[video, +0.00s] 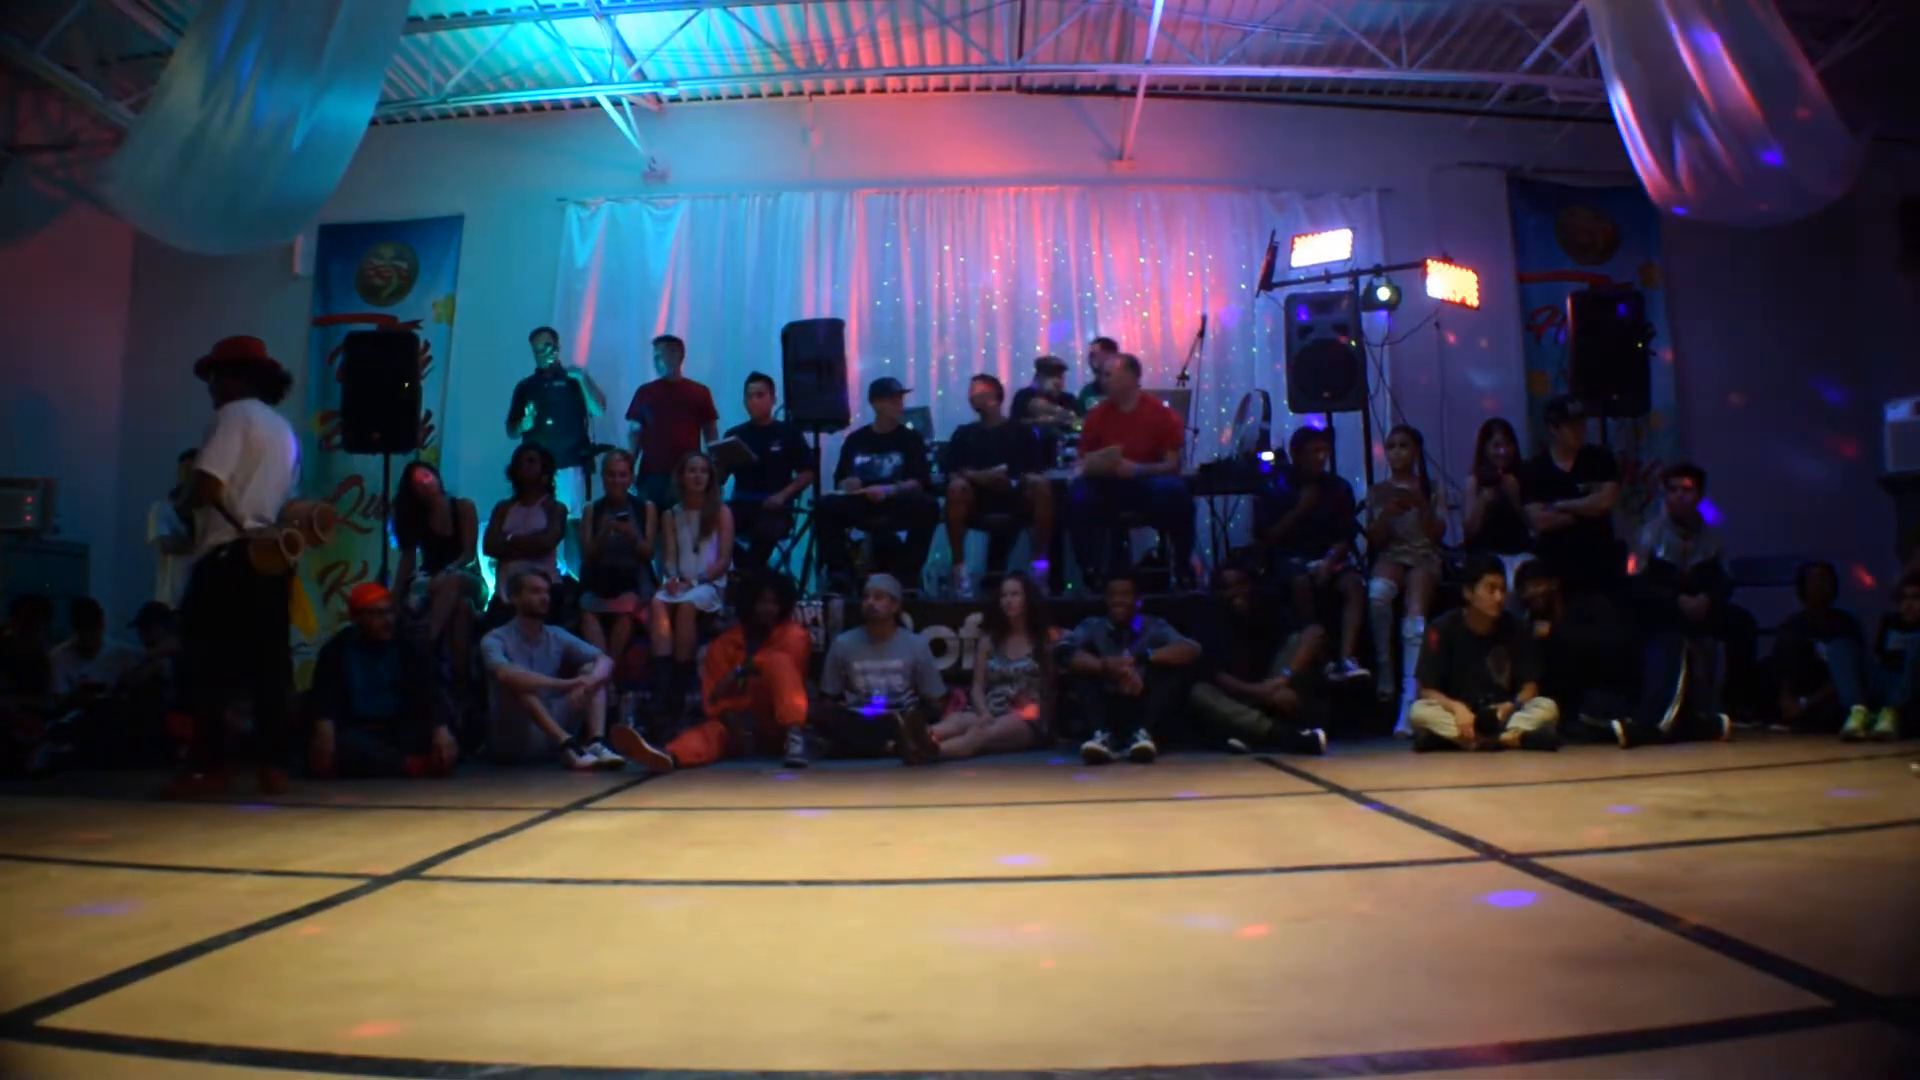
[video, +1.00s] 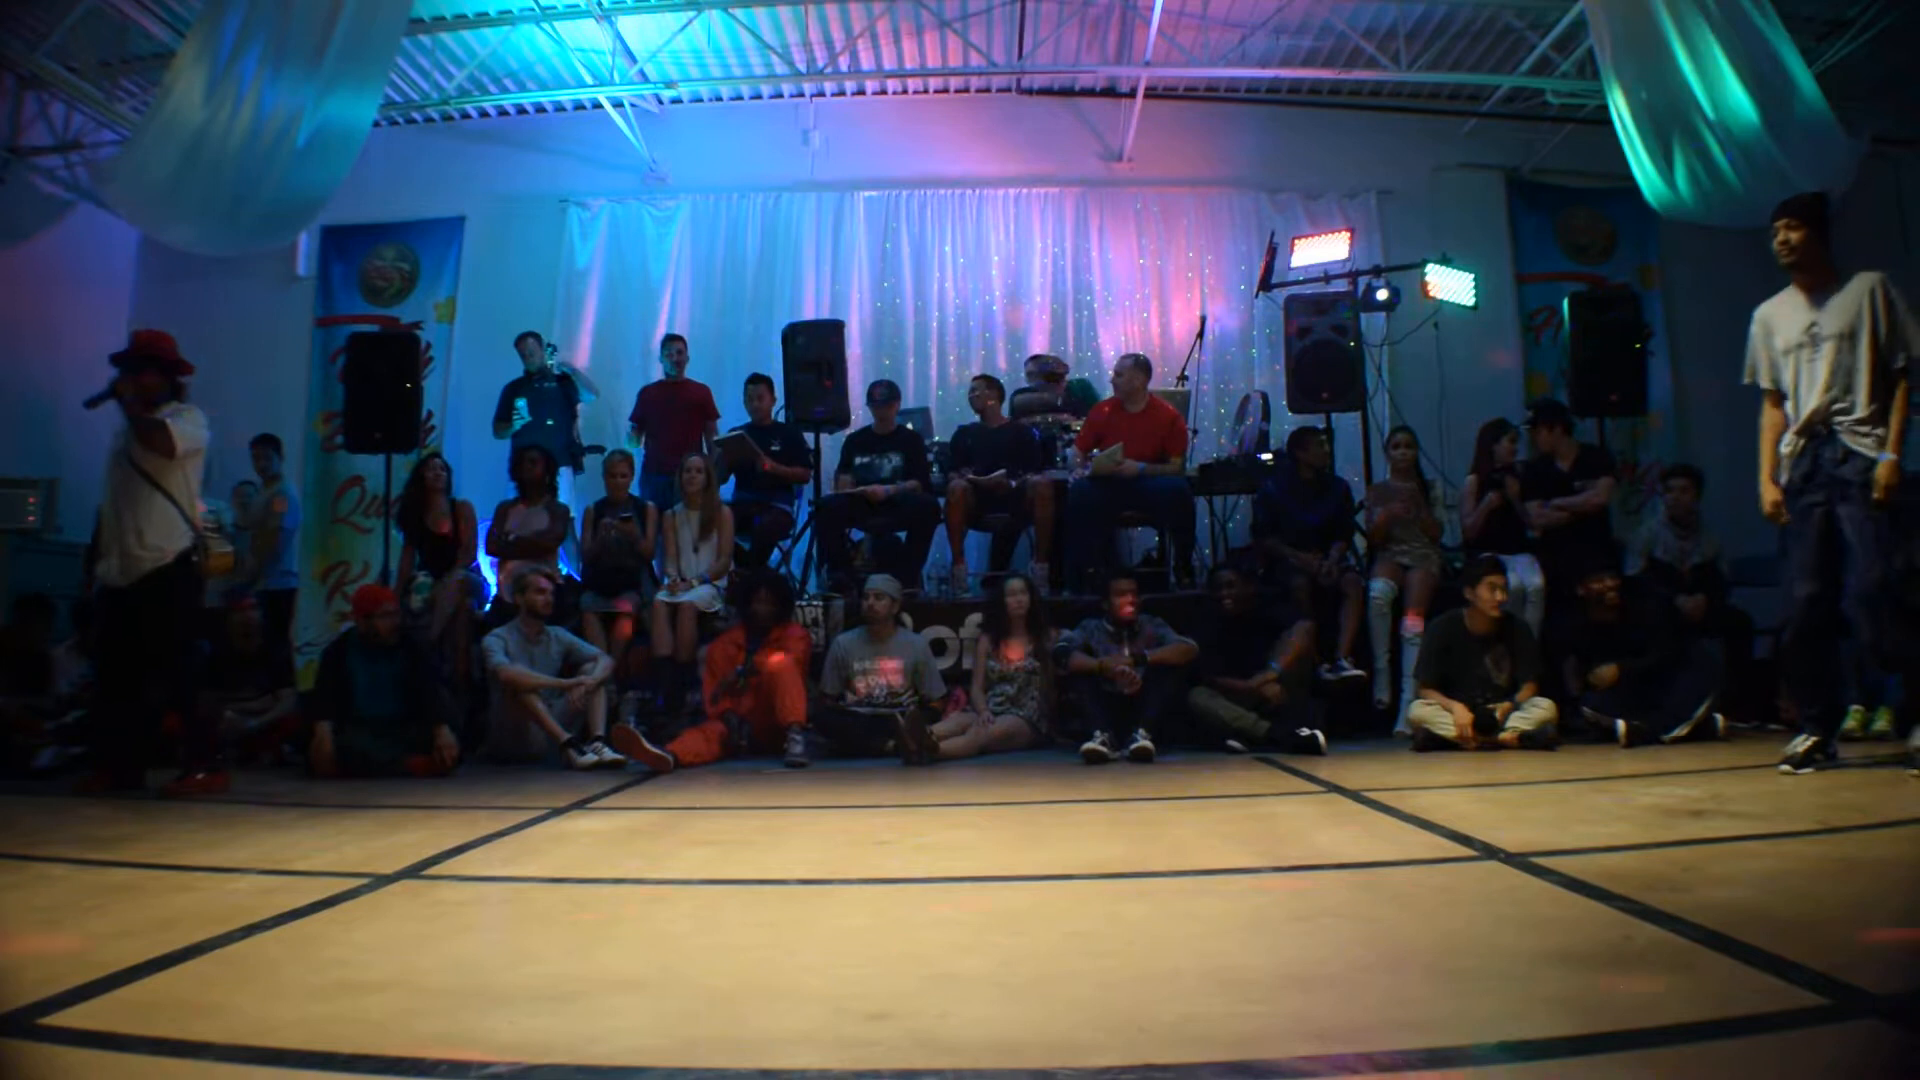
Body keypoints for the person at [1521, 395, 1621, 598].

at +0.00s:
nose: (1579, 432)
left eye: (1580, 424)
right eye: (1571, 426)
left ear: (1584, 425)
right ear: (1553, 429)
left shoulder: (1600, 458)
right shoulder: (1535, 469)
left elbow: (1606, 501)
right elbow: (1538, 521)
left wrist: (1558, 506)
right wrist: (1585, 509)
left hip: (1600, 562)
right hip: (1556, 566)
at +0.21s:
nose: (1572, 433)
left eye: (1574, 425)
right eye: (1564, 427)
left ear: (1579, 427)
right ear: (1548, 430)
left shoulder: (1596, 459)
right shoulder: (1532, 470)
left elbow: (1601, 501)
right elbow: (1535, 520)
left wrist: (1554, 506)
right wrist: (1583, 508)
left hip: (1595, 559)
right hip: (1551, 564)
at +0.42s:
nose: (1563, 433)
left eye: (1568, 425)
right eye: (1557, 427)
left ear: (1576, 427)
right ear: (1547, 429)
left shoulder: (1597, 458)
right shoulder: (1533, 470)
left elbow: (1603, 500)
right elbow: (1537, 520)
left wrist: (1557, 505)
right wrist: (1586, 505)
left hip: (1597, 558)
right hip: (1554, 564)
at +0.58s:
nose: (1543, 435)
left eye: (1549, 428)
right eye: (1540, 429)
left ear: (1566, 429)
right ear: (1536, 431)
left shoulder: (1596, 457)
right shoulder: (1533, 470)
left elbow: (1603, 499)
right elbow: (1537, 520)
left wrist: (1557, 506)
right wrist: (1584, 508)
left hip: (1597, 552)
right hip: (1553, 557)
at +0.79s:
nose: (1535, 440)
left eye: (1539, 433)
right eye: (1535, 433)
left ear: (1558, 432)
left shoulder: (1596, 457)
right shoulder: (1534, 469)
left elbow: (1601, 499)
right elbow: (1536, 519)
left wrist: (1555, 505)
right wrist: (1584, 505)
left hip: (1596, 546)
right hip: (1553, 553)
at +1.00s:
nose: (1535, 439)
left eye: (1539, 432)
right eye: (1534, 433)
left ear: (1558, 430)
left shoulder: (1596, 457)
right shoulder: (1534, 469)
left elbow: (1601, 497)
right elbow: (1536, 518)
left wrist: (1553, 504)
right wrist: (1583, 506)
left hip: (1596, 555)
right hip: (1556, 559)